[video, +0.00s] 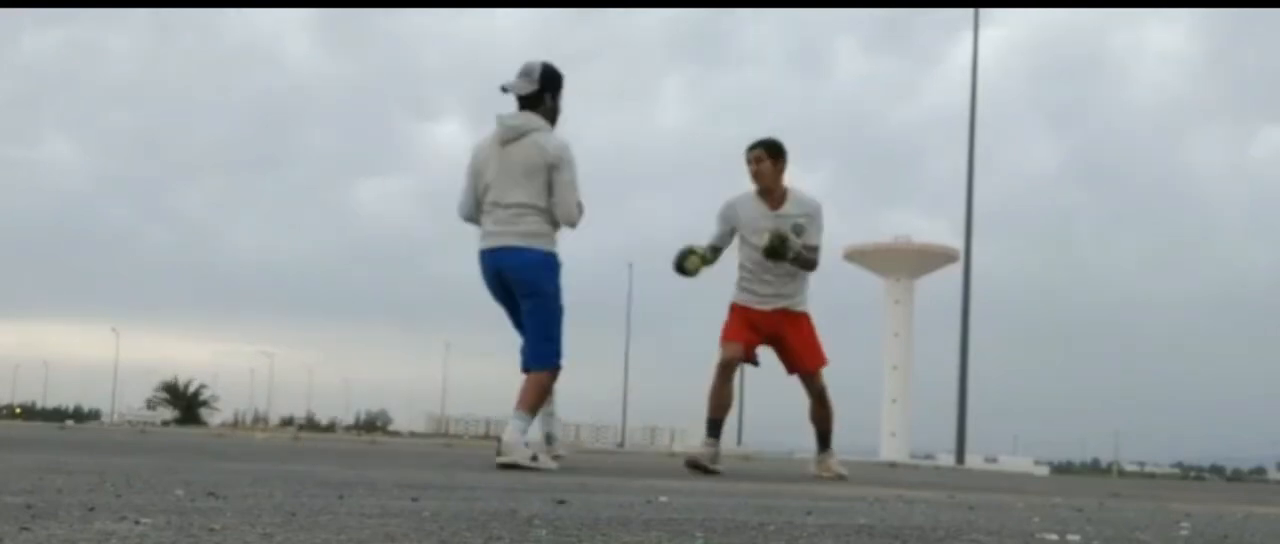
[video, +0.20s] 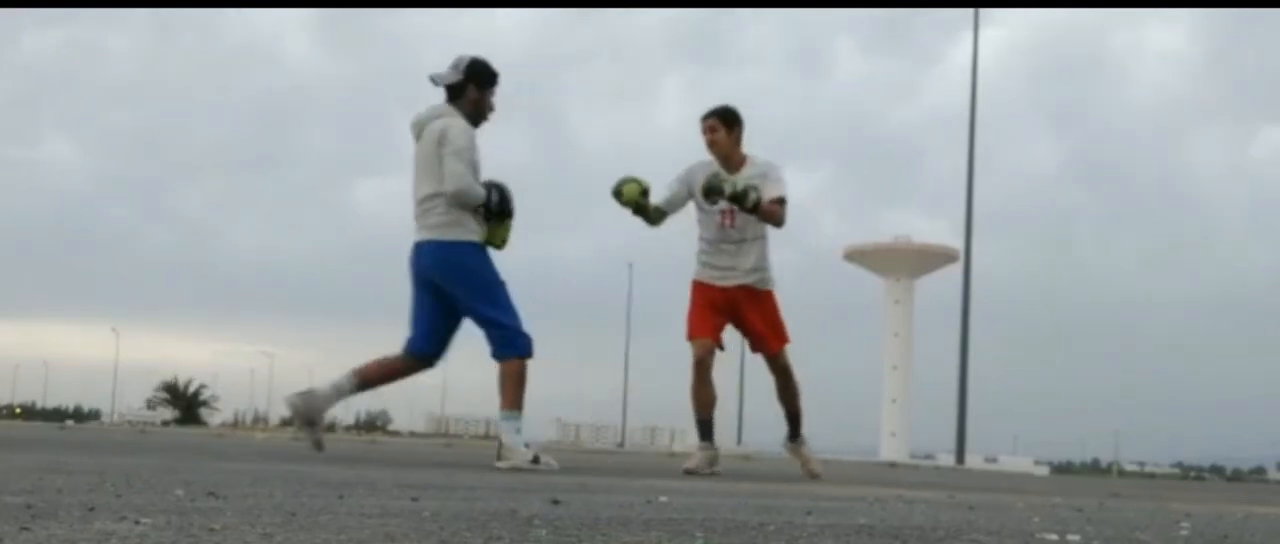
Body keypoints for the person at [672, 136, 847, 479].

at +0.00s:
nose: (754, 169)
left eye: (760, 162)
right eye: (750, 164)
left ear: (779, 165)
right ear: (748, 169)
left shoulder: (808, 209)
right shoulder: (737, 208)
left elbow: (811, 262)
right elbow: (715, 248)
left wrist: (787, 252)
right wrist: (697, 257)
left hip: (790, 312)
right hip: (746, 309)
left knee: (816, 385)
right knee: (726, 362)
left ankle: (825, 457)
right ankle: (710, 448)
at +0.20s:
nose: (708, 139)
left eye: (714, 132)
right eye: (705, 134)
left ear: (735, 133)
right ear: (705, 138)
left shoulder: (764, 172)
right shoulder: (697, 174)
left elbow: (777, 217)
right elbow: (657, 215)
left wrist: (741, 200)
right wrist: (638, 203)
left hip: (753, 284)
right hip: (708, 283)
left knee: (779, 363)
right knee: (701, 358)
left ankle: (796, 440)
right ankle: (706, 448)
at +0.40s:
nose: (660, 141)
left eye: (665, 132)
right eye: (657, 134)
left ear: (688, 132)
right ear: (659, 139)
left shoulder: (725, 175)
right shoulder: (655, 181)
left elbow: (739, 229)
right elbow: (628, 237)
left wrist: (709, 215)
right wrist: (610, 218)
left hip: (710, 291)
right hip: (663, 285)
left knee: (732, 371)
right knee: (624, 340)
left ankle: (748, 452)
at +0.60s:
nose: (597, 127)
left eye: (602, 118)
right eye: (595, 120)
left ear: (626, 119)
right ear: (601, 124)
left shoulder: (664, 164)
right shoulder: (591, 169)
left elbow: (678, 224)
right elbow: (569, 226)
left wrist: (645, 211)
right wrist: (551, 202)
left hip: (643, 285)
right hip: (594, 280)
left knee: (675, 364)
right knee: (551, 342)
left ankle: (709, 439)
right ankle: (555, 438)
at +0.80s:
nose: (559, 129)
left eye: (565, 121)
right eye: (558, 121)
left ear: (590, 122)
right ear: (570, 125)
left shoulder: (624, 169)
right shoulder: (553, 165)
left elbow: (628, 231)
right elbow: (519, 216)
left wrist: (601, 195)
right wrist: (524, 175)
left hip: (598, 283)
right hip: (547, 279)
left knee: (626, 347)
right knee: (492, 349)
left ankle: (647, 445)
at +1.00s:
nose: (543, 135)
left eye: (549, 127)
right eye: (543, 127)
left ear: (572, 130)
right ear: (566, 132)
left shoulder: (613, 183)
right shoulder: (543, 177)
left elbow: (618, 246)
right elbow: (526, 240)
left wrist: (581, 223)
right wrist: (510, 225)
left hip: (587, 301)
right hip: (536, 297)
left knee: (604, 351)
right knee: (462, 345)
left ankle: (642, 445)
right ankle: (447, 435)